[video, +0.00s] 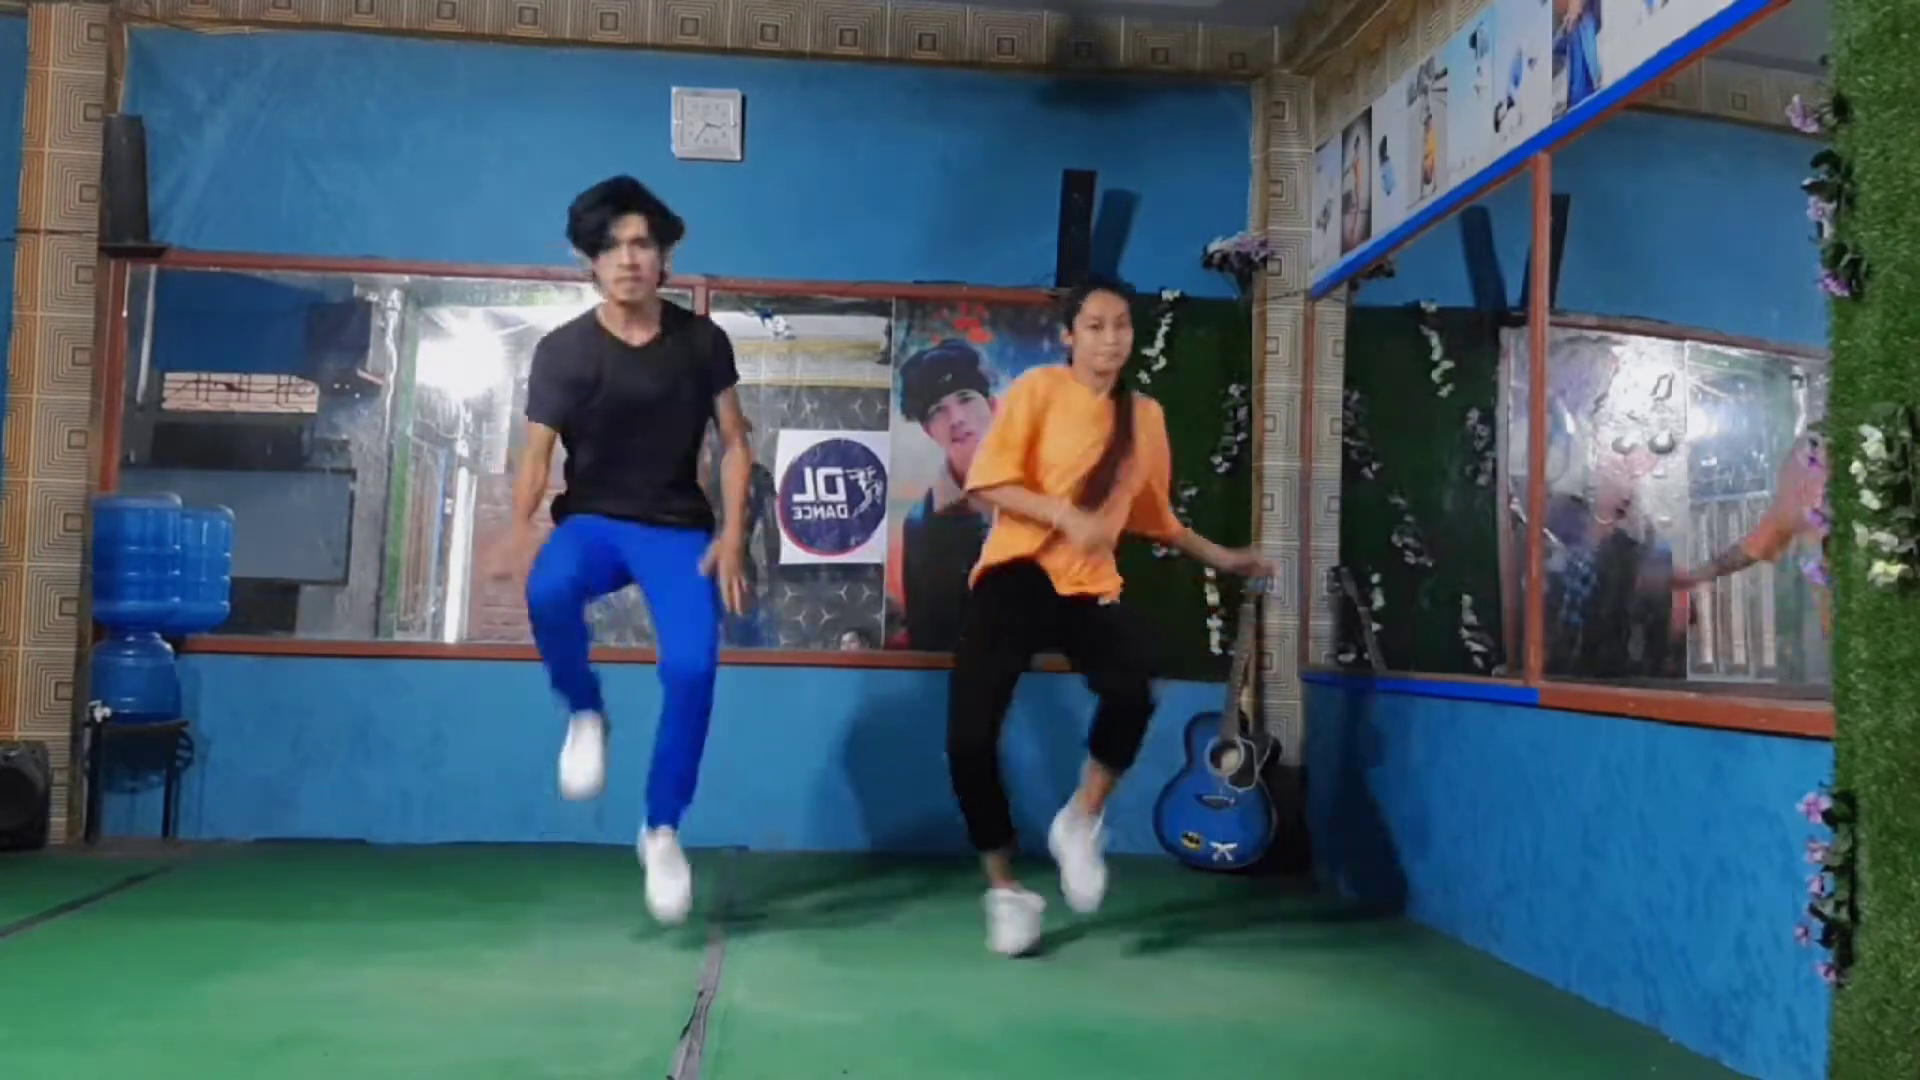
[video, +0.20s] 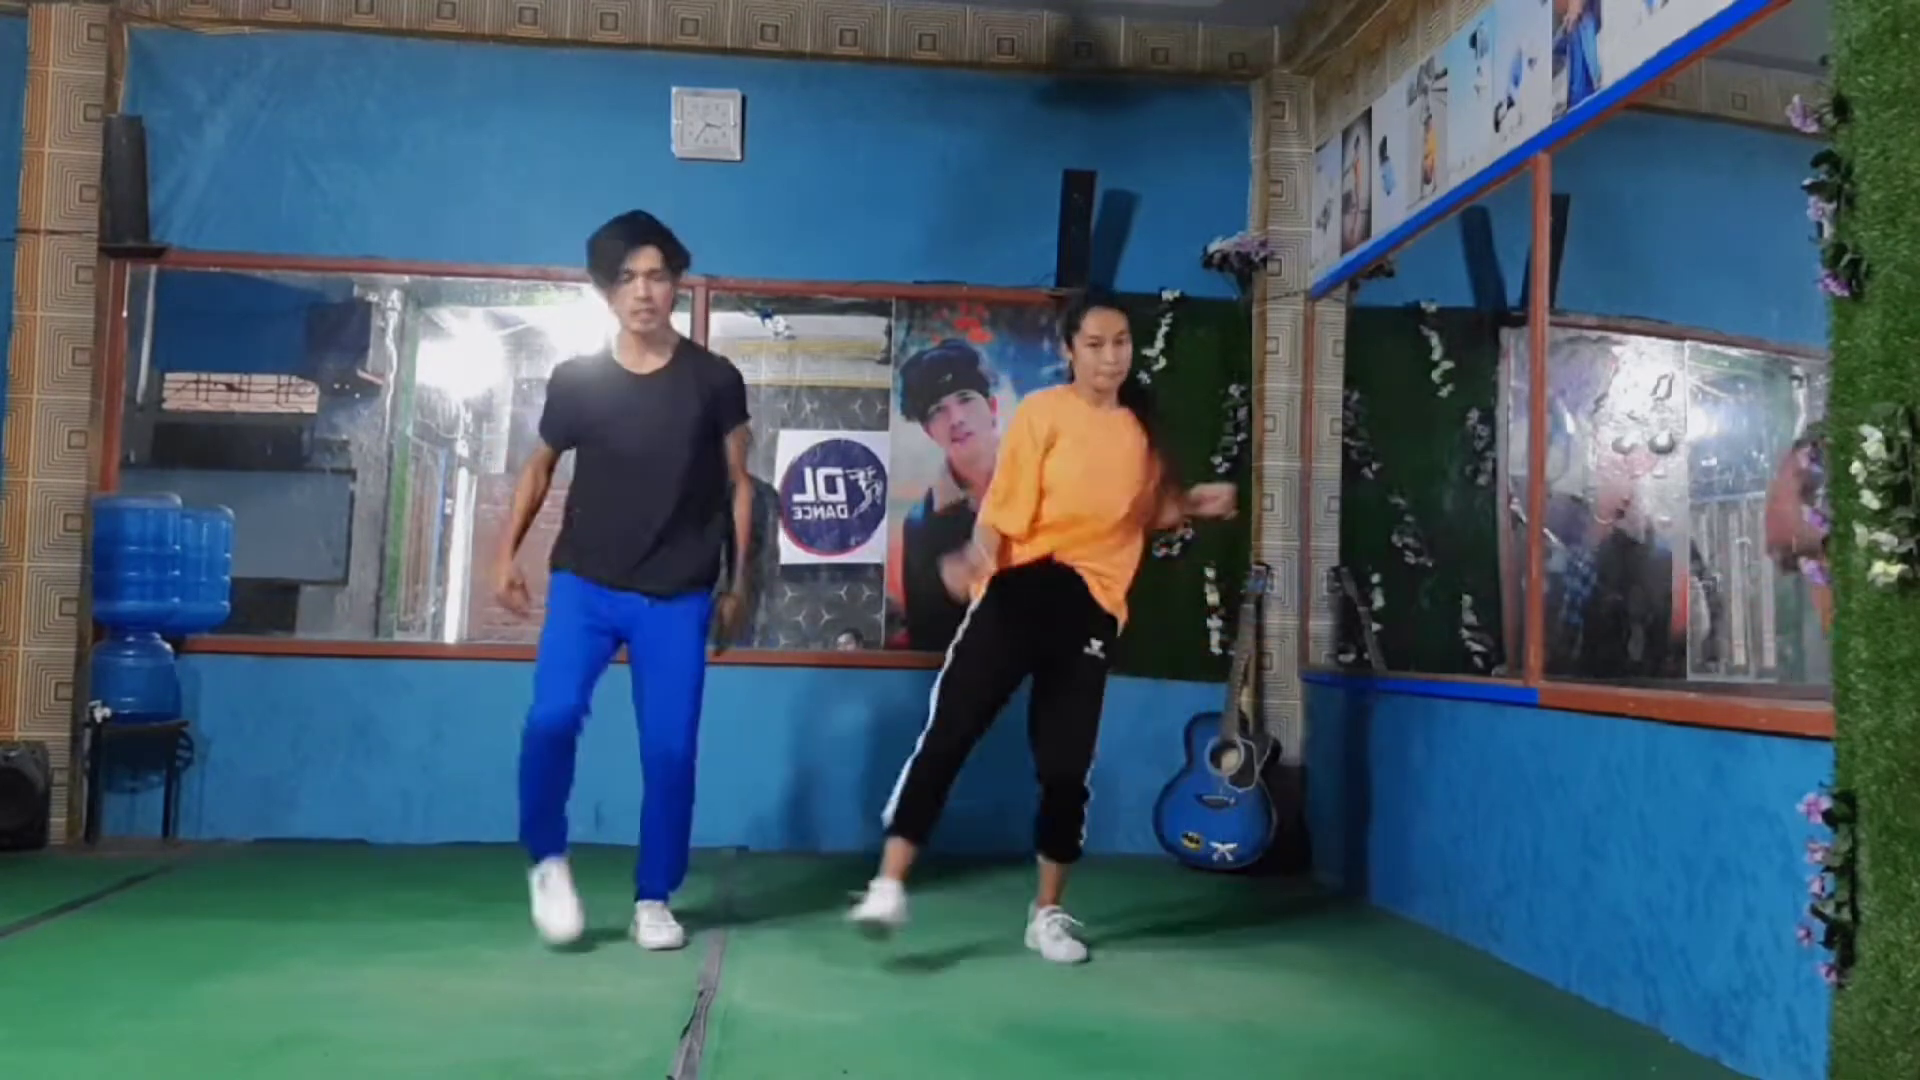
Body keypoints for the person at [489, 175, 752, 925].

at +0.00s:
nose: (632, 261)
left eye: (644, 246)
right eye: (616, 248)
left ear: (663, 257)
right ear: (593, 263)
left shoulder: (703, 342)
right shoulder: (564, 350)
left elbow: (735, 443)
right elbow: (536, 453)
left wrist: (733, 536)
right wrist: (523, 529)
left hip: (678, 528)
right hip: (592, 523)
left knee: (694, 670)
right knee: (548, 591)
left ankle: (662, 832)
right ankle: (583, 713)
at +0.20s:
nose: (647, 292)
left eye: (659, 276)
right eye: (631, 279)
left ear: (678, 286)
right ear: (605, 291)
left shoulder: (716, 380)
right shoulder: (576, 380)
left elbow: (738, 480)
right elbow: (539, 468)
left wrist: (741, 580)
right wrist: (508, 553)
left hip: (678, 598)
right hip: (584, 589)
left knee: (671, 751)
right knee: (550, 720)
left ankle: (654, 899)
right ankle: (547, 861)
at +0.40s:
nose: (645, 287)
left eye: (655, 272)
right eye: (627, 275)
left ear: (671, 284)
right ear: (598, 291)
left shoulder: (700, 378)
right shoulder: (563, 374)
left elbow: (708, 480)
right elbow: (534, 474)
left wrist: (674, 493)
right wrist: (624, 498)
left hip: (661, 599)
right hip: (573, 593)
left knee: (662, 754)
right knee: (568, 747)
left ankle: (652, 898)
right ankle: (538, 900)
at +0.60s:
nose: (647, 306)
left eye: (655, 289)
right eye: (630, 292)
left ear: (665, 290)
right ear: (591, 296)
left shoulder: (678, 373)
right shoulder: (556, 383)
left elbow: (715, 466)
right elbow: (510, 492)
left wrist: (783, 435)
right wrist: (492, 466)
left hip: (650, 591)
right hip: (568, 591)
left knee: (717, 683)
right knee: (573, 744)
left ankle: (628, 806)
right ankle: (537, 899)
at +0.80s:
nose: (633, 298)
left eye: (637, 283)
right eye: (618, 287)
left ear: (643, 282)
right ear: (578, 293)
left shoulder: (669, 354)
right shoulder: (538, 379)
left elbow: (697, 451)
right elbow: (500, 471)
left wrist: (766, 477)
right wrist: (468, 470)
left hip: (658, 578)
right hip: (587, 577)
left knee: (628, 740)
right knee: (623, 730)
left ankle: (520, 871)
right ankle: (652, 901)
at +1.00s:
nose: (634, 311)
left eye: (639, 294)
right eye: (617, 299)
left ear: (649, 297)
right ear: (582, 309)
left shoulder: (689, 374)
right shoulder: (554, 398)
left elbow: (753, 455)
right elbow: (518, 495)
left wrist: (779, 394)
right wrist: (473, 457)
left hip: (667, 600)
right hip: (591, 594)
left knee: (674, 754)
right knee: (625, 741)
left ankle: (547, 848)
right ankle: (581, 892)